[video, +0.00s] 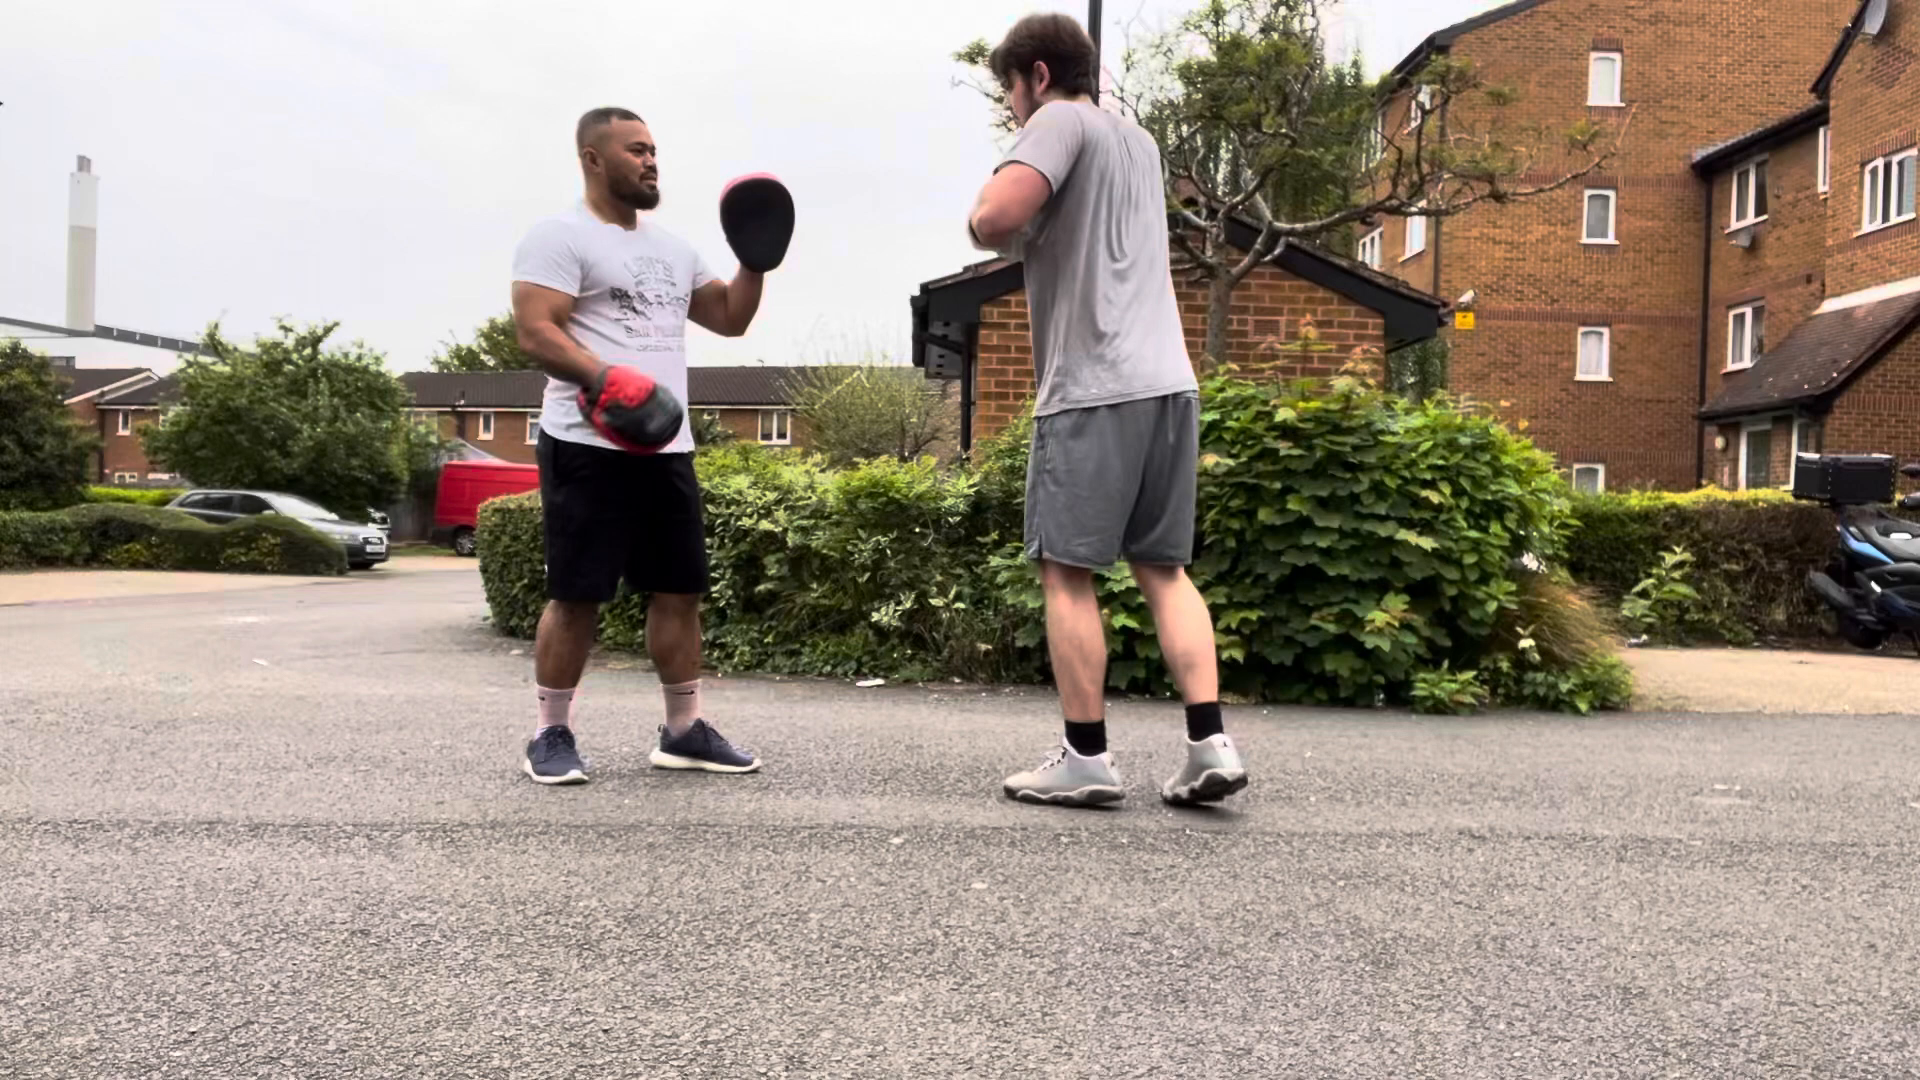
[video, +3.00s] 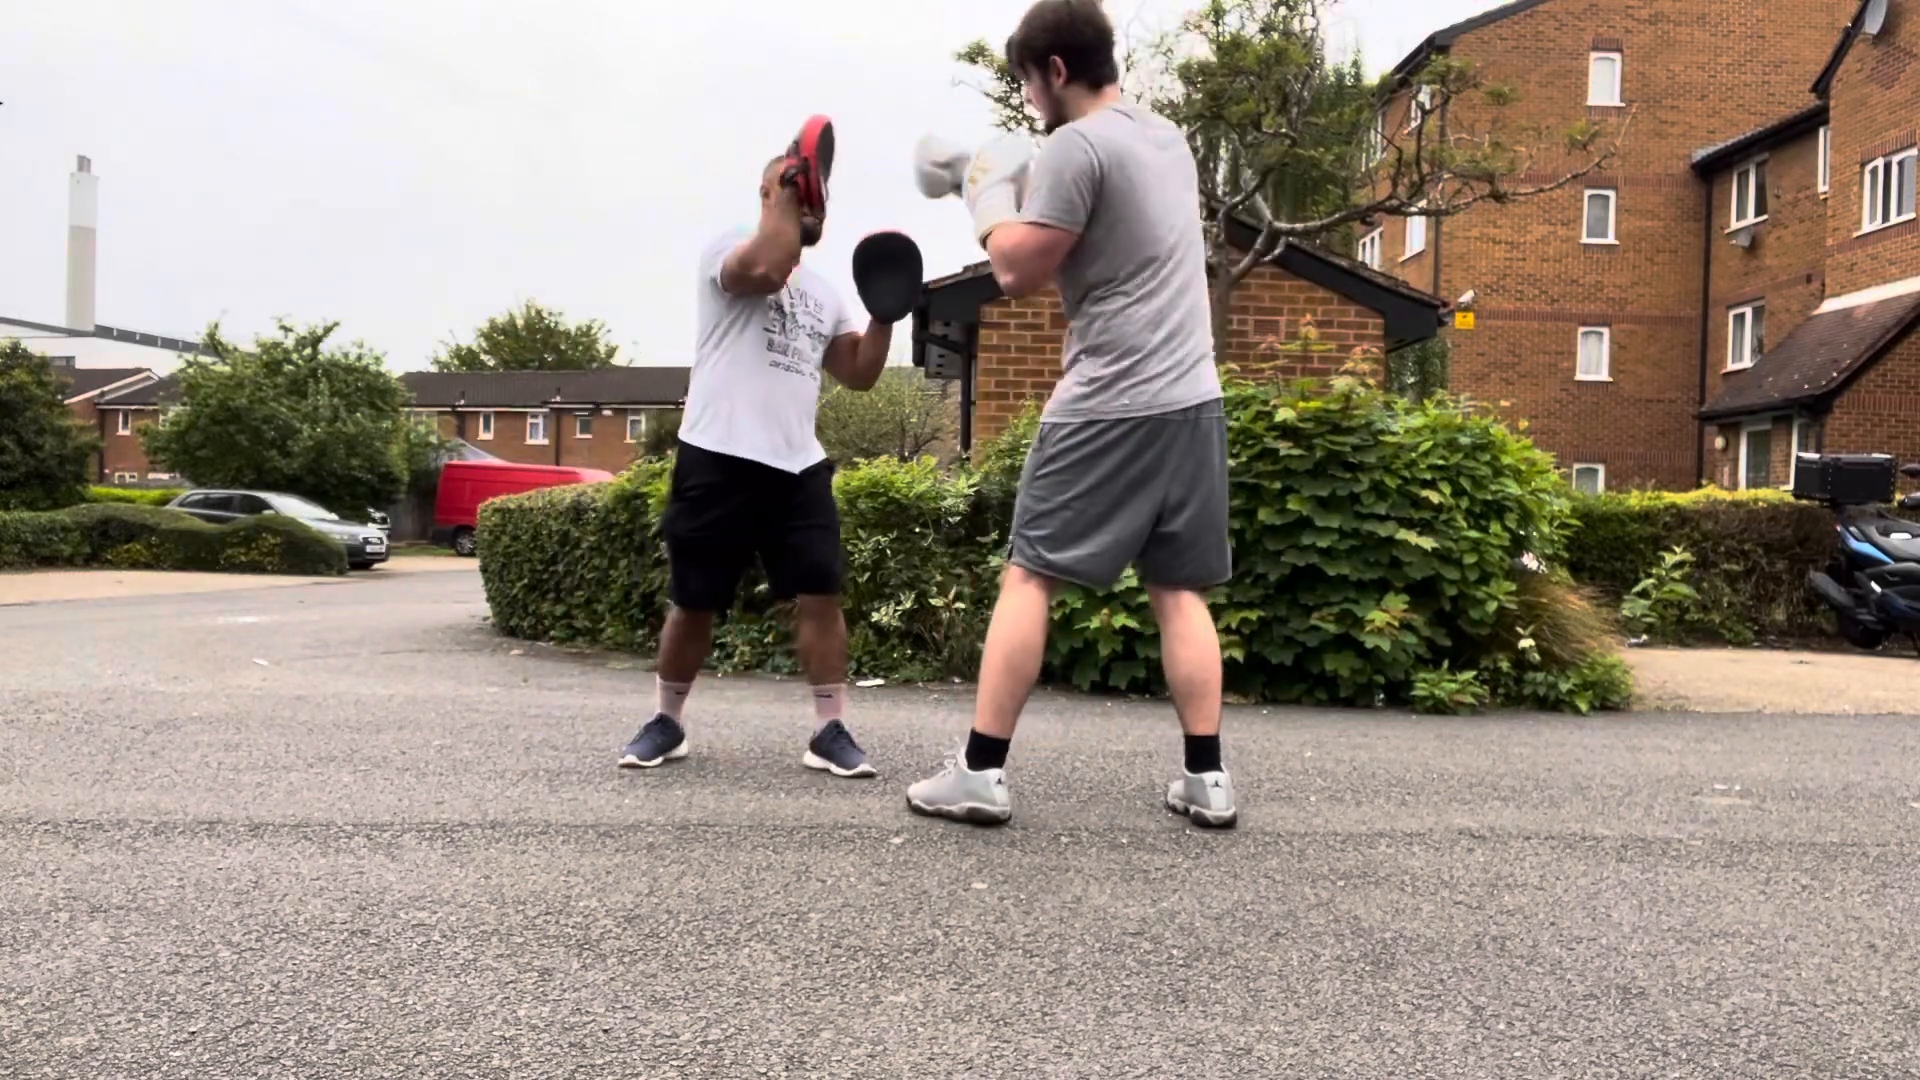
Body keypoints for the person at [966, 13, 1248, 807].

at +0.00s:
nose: (1012, 106)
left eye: (1012, 90)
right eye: (1009, 92)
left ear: (1040, 74)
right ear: (1084, 75)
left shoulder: (1062, 121)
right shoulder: (1139, 138)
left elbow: (993, 218)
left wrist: (1015, 229)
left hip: (1093, 389)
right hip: (1172, 383)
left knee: (1067, 572)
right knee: (1163, 564)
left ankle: (1084, 757)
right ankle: (1211, 745)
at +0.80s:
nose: (1033, 93)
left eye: (1033, 79)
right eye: (1032, 80)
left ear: (1056, 71)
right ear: (1113, 67)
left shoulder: (1049, 138)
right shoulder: (1178, 150)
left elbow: (950, 228)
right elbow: (1118, 228)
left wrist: (948, 166)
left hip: (1053, 406)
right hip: (1158, 404)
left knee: (1002, 576)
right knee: (1170, 587)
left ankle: (979, 773)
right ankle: (1208, 777)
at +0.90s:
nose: (1009, 93)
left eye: (1008, 80)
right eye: (1008, 81)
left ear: (1031, 71)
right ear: (1091, 66)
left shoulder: (1017, 136)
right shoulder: (1157, 144)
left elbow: (906, 209)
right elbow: (1111, 237)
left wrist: (890, 163)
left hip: (1040, 401)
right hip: (1144, 398)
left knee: (989, 575)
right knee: (1159, 584)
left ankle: (978, 773)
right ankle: (1208, 773)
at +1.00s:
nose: (981, 86)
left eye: (981, 74)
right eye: (979, 75)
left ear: (1003, 68)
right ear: (1067, 64)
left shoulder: (982, 134)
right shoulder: (1133, 136)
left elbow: (858, 169)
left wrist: (806, 164)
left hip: (1016, 396)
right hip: (1122, 390)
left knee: (981, 578)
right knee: (1149, 574)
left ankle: (976, 773)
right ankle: (1206, 764)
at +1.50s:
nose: (948, 79)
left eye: (948, 63)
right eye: (945, 65)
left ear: (973, 53)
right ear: (1029, 46)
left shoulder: (974, 128)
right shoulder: (1095, 124)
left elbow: (906, 260)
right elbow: (1035, 202)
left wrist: (873, 257)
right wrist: (941, 161)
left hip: (1016, 391)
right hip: (1111, 387)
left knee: (977, 583)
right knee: (1134, 574)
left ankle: (977, 778)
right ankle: (1201, 758)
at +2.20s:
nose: (1026, 79)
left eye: (1025, 65)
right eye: (1024, 64)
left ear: (1047, 56)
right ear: (1110, 50)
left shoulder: (1057, 137)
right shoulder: (1170, 132)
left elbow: (1010, 267)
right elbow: (1143, 238)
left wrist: (976, 216)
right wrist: (1044, 163)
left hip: (1081, 402)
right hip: (1177, 398)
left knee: (1019, 582)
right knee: (1170, 590)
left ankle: (977, 775)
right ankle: (1207, 779)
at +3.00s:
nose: (1027, 103)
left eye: (1025, 86)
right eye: (1023, 88)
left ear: (1055, 70)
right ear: (1103, 62)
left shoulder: (1075, 148)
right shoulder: (1171, 138)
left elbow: (1018, 268)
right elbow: (1094, 240)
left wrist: (985, 195)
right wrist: (1010, 188)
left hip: (1104, 405)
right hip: (1194, 400)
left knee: (1028, 574)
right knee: (1178, 587)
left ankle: (980, 772)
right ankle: (1207, 779)